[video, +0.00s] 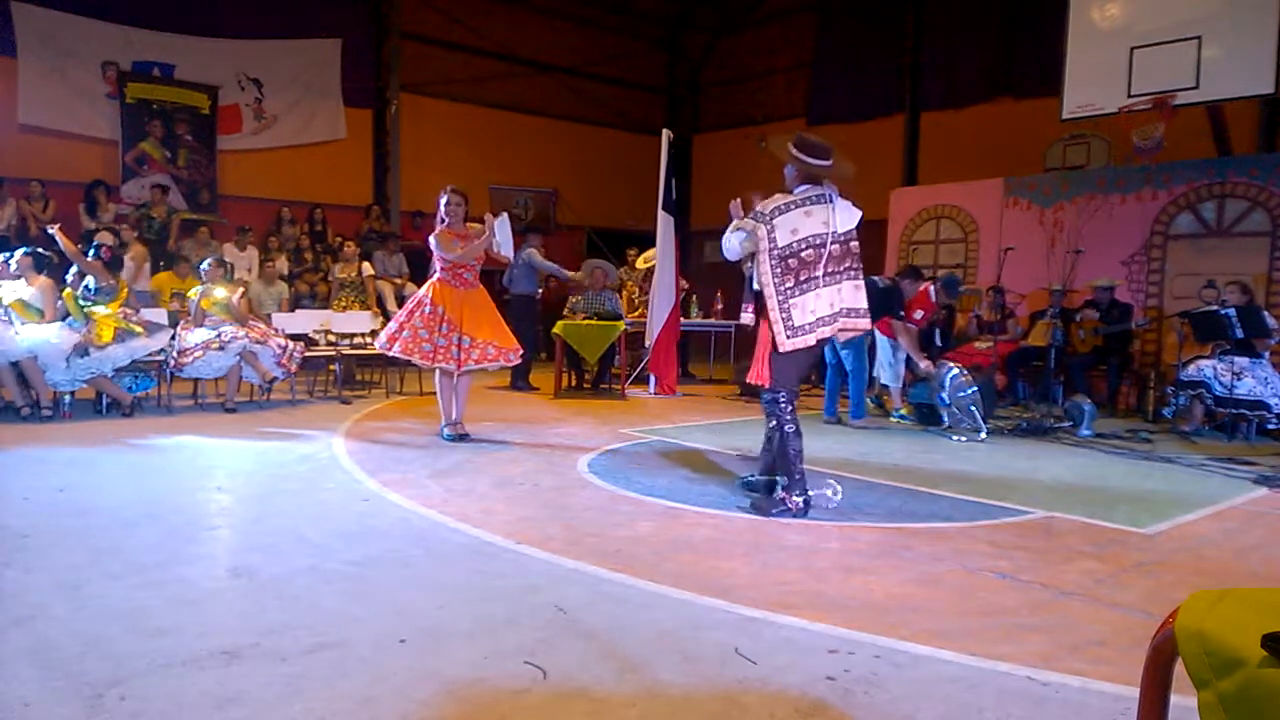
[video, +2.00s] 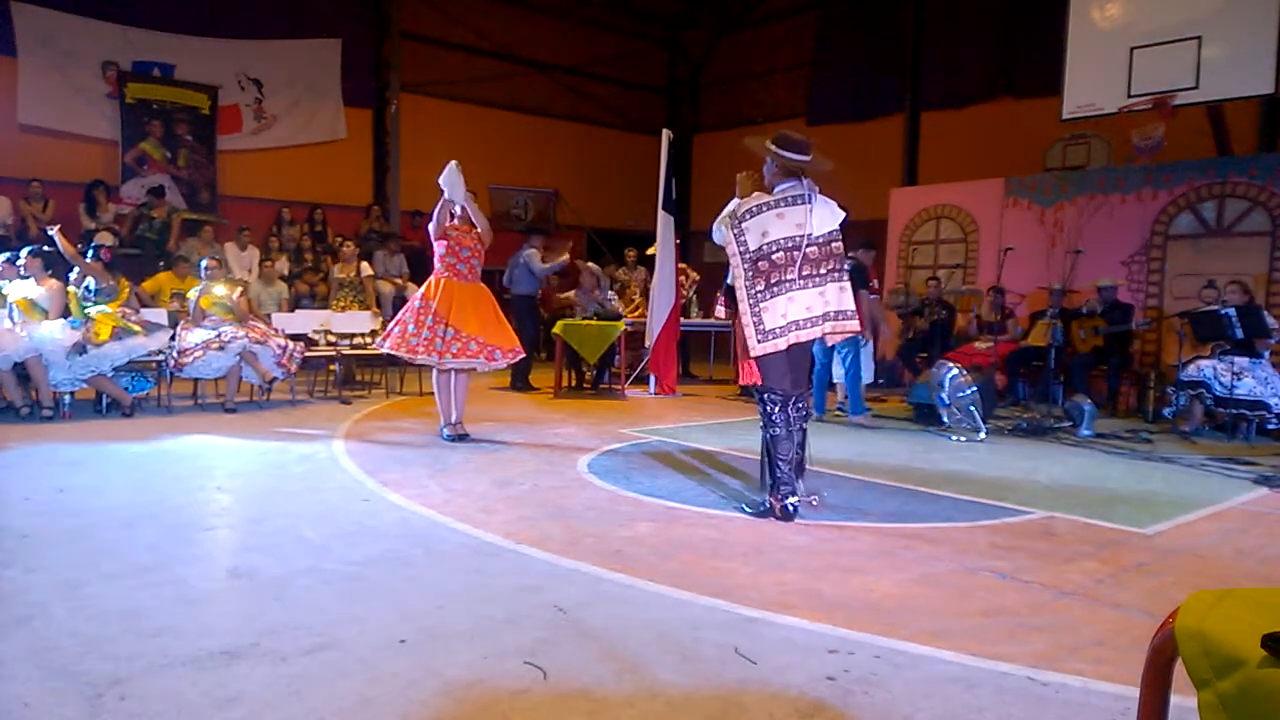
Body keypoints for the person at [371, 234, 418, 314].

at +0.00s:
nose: (396, 244)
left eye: (397, 242)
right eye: (393, 242)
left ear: (398, 243)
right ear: (386, 243)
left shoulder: (400, 255)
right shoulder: (378, 255)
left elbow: (405, 272)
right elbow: (379, 274)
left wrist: (402, 283)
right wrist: (393, 282)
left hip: (398, 278)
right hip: (384, 278)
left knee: (412, 289)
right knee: (387, 289)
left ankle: (413, 313)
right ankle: (394, 314)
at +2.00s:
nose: (397, 245)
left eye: (398, 243)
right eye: (394, 242)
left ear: (399, 244)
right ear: (387, 243)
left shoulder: (400, 256)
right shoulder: (379, 254)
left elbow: (405, 272)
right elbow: (380, 273)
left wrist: (404, 282)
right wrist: (395, 283)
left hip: (398, 278)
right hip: (383, 278)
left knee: (414, 291)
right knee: (387, 291)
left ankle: (417, 317)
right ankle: (387, 318)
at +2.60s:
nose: (397, 245)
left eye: (398, 243)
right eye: (394, 243)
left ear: (399, 244)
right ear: (388, 243)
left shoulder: (400, 256)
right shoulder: (379, 254)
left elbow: (405, 272)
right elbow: (380, 273)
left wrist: (404, 282)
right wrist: (394, 283)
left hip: (398, 278)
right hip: (383, 278)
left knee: (414, 291)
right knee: (387, 291)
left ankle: (418, 317)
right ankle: (387, 318)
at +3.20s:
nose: (396, 245)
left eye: (397, 242)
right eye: (393, 242)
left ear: (399, 244)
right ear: (387, 243)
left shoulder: (400, 256)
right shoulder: (379, 254)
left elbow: (405, 272)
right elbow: (380, 273)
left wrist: (404, 282)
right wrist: (395, 283)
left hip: (398, 278)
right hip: (383, 278)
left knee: (413, 290)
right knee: (387, 291)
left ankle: (417, 317)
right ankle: (387, 318)